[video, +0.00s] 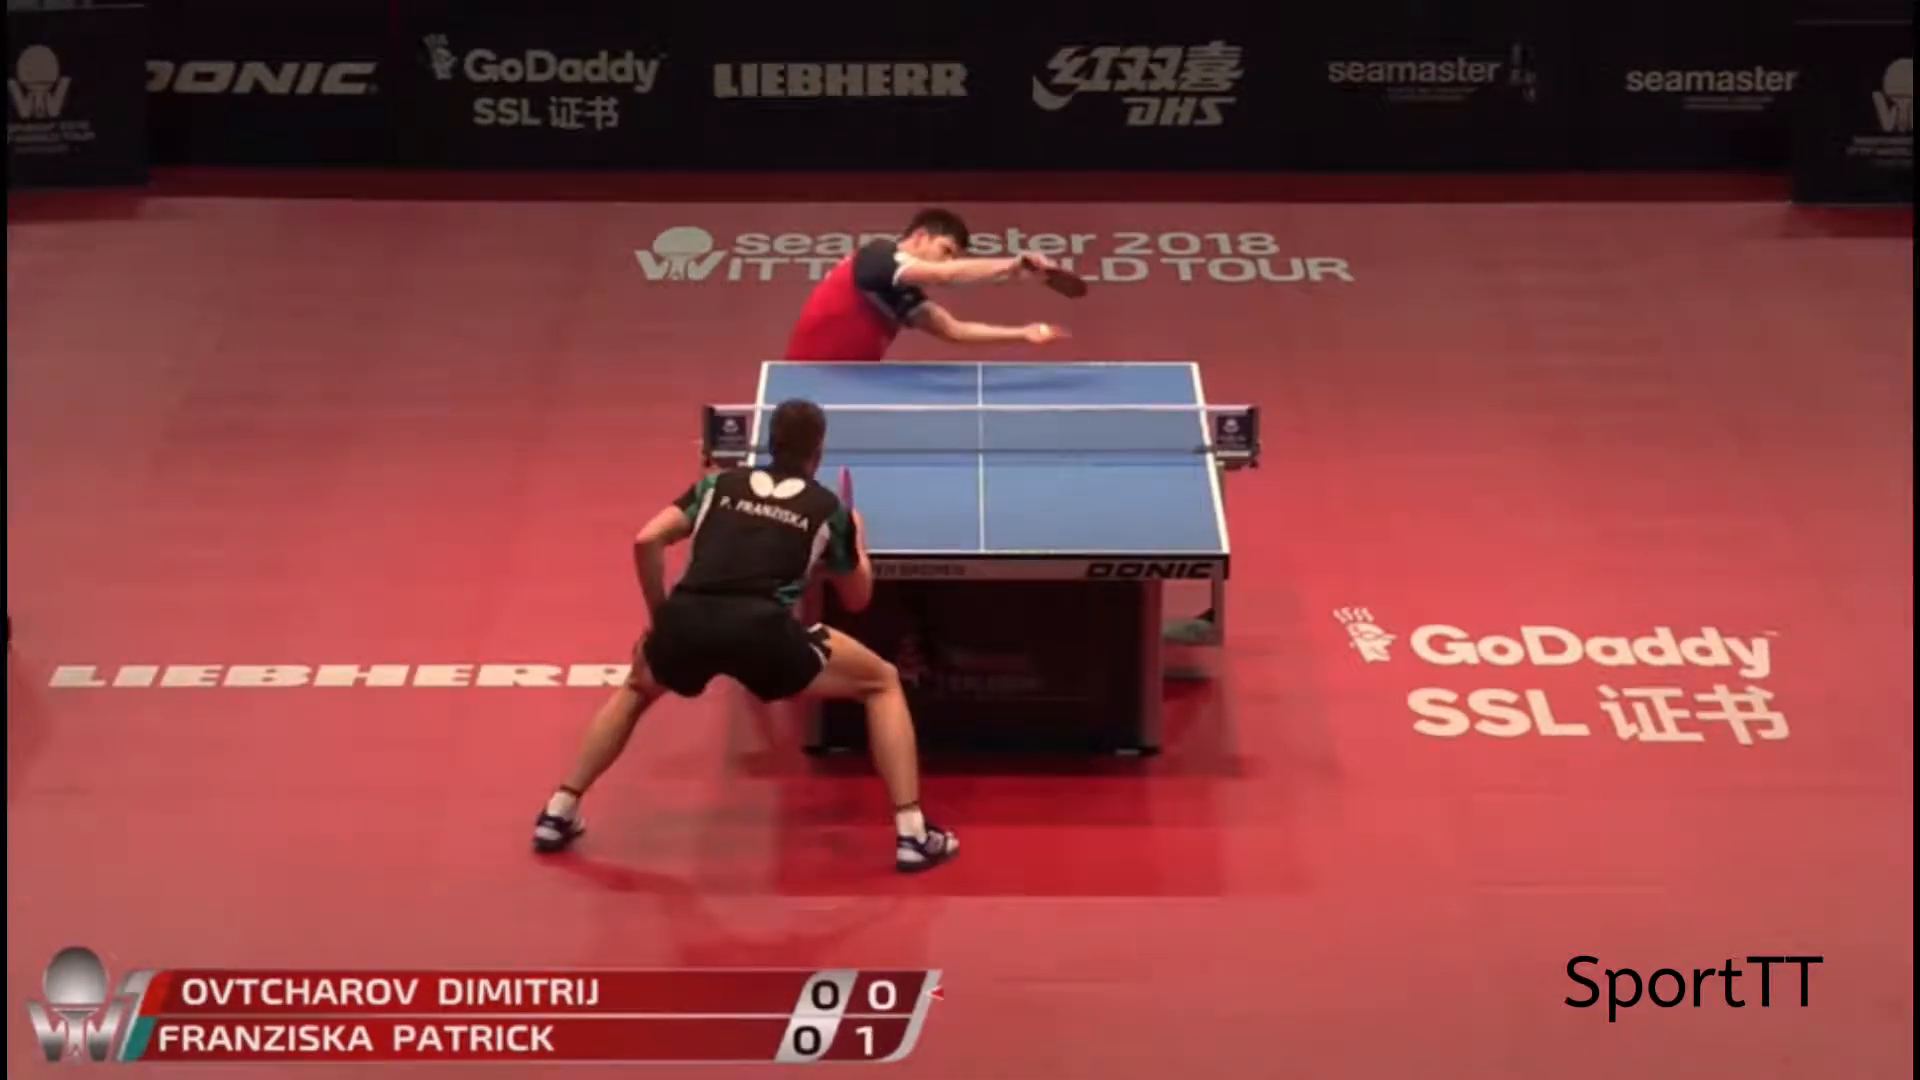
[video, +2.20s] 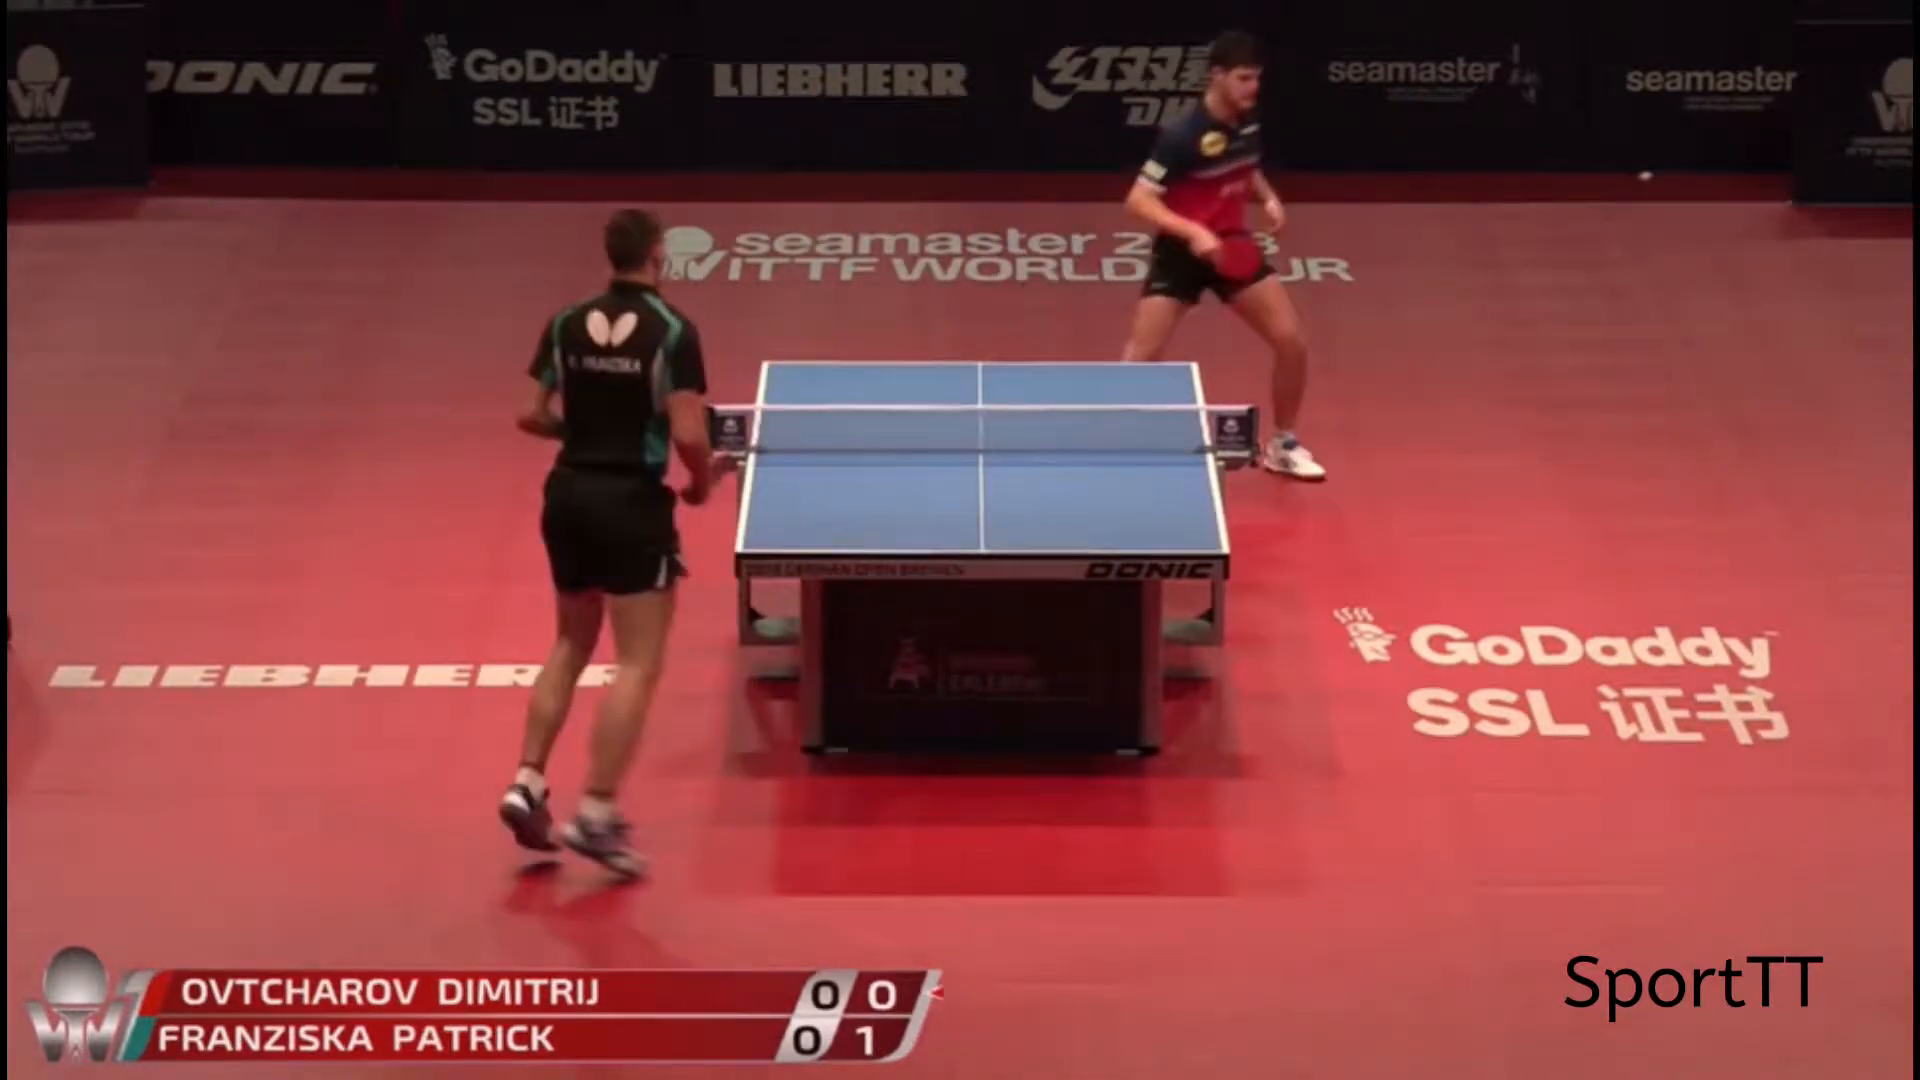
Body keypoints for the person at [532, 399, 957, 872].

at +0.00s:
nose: (814, 454)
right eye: (817, 446)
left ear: (769, 445)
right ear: (818, 452)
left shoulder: (718, 484)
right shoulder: (831, 511)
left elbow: (648, 540)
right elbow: (856, 598)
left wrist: (658, 616)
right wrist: (856, 544)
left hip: (687, 620)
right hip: (765, 629)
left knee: (634, 692)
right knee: (882, 683)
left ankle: (559, 808)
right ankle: (913, 831)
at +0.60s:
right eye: (820, 369)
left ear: (771, 373)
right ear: (823, 377)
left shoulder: (724, 420)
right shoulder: (834, 445)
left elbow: (659, 495)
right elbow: (885, 536)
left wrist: (680, 549)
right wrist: (910, 501)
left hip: (695, 576)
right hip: (773, 585)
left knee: (625, 677)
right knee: (876, 682)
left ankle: (568, 815)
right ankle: (913, 832)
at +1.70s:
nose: (784, 349)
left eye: (776, 339)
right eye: (783, 341)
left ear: (726, 343)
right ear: (775, 350)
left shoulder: (676, 394)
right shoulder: (769, 415)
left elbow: (617, 475)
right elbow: (794, 522)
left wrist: (661, 509)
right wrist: (865, 541)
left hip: (633, 555)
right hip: (704, 566)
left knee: (597, 675)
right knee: (807, 678)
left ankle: (546, 808)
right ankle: (819, 829)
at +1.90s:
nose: (766, 388)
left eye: (762, 378)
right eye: (764, 380)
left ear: (708, 388)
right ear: (756, 389)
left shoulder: (663, 445)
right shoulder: (762, 464)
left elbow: (615, 537)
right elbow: (770, 571)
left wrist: (663, 569)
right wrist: (816, 609)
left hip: (635, 608)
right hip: (709, 621)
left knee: (604, 705)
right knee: (795, 744)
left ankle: (541, 818)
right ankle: (771, 892)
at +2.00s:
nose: (725, 355)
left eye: (720, 346)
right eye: (723, 347)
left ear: (666, 348)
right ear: (713, 351)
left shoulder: (619, 411)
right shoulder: (720, 421)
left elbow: (585, 503)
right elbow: (728, 524)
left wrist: (634, 527)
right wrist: (769, 573)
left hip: (611, 579)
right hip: (683, 586)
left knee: (589, 710)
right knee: (746, 722)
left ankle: (538, 838)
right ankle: (767, 878)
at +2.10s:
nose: (676, 272)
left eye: (669, 262)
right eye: (675, 263)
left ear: (618, 266)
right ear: (665, 268)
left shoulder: (575, 334)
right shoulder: (679, 340)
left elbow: (543, 422)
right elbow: (692, 443)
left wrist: (592, 441)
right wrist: (714, 486)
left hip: (575, 506)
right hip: (643, 511)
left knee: (575, 655)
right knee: (658, 670)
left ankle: (534, 792)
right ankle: (634, 822)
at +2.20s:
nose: (668, 262)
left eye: (661, 252)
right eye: (665, 253)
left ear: (608, 256)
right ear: (656, 258)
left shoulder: (567, 324)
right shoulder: (673, 332)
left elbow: (533, 414)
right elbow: (690, 434)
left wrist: (587, 430)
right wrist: (702, 478)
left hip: (568, 498)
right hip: (634, 504)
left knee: (571, 643)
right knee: (637, 664)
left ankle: (527, 783)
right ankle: (597, 811)